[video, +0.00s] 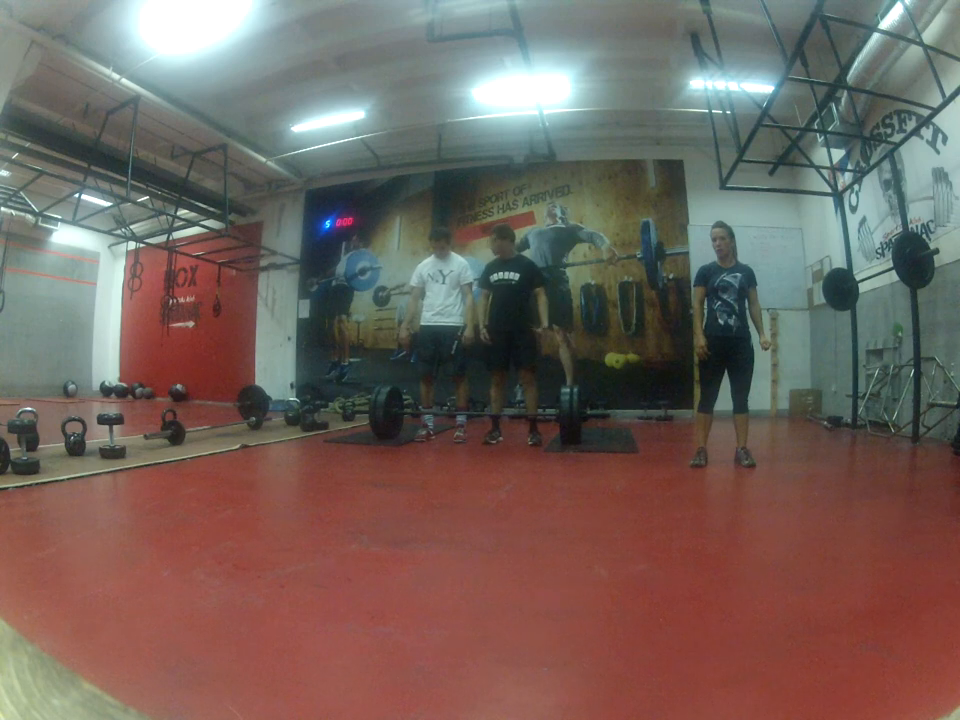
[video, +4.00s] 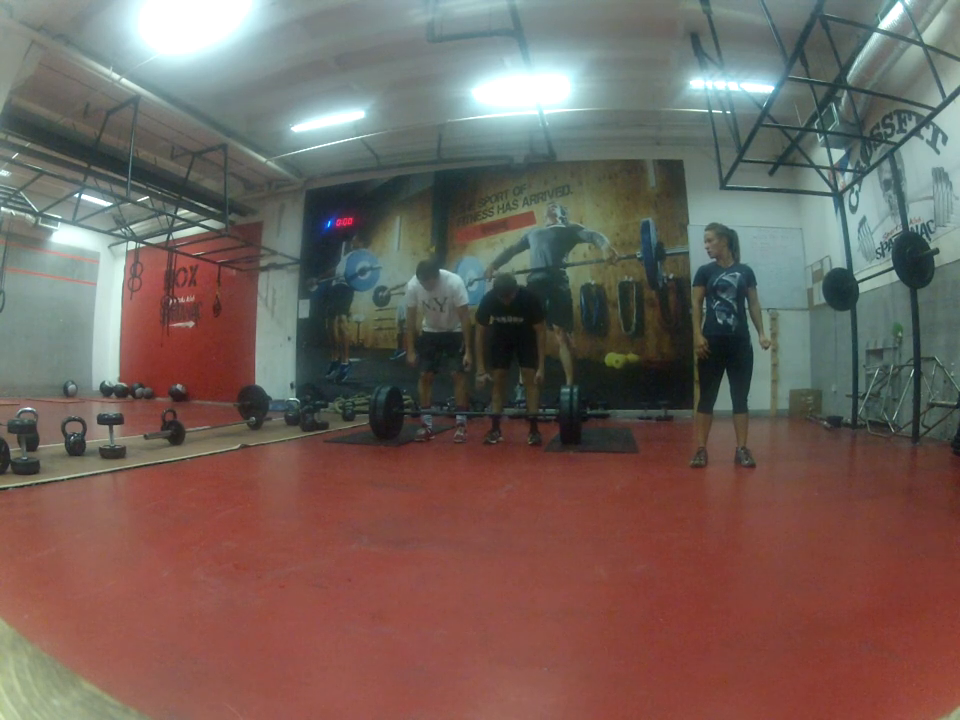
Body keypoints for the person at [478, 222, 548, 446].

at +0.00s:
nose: (491, 246)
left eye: (494, 242)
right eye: (491, 242)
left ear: (507, 241)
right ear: (497, 242)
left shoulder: (528, 265)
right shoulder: (491, 267)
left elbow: (541, 294)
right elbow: (483, 298)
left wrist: (544, 324)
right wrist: (482, 325)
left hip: (524, 329)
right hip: (497, 330)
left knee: (527, 377)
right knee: (497, 378)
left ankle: (533, 428)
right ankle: (495, 428)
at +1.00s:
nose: (506, 246)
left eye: (510, 242)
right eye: (505, 242)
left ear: (520, 240)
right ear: (503, 241)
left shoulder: (535, 263)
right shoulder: (498, 262)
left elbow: (548, 291)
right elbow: (489, 292)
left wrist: (548, 316)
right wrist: (483, 314)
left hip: (528, 327)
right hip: (503, 327)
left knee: (530, 378)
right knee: (499, 377)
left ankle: (533, 429)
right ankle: (495, 428)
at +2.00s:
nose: (505, 250)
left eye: (508, 246)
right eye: (501, 247)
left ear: (514, 243)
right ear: (495, 246)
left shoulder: (528, 264)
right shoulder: (489, 267)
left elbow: (541, 292)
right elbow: (482, 299)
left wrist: (540, 321)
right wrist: (481, 327)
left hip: (525, 329)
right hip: (499, 329)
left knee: (528, 378)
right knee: (499, 378)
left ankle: (533, 428)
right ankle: (495, 428)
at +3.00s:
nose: (507, 263)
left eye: (510, 259)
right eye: (503, 259)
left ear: (517, 254)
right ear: (497, 256)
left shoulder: (530, 272)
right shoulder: (492, 272)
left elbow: (542, 304)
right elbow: (482, 306)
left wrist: (542, 337)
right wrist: (482, 341)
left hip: (527, 333)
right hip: (502, 334)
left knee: (530, 378)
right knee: (500, 379)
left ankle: (533, 429)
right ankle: (495, 428)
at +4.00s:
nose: (506, 300)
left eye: (508, 296)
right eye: (502, 296)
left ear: (515, 291)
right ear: (496, 292)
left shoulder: (530, 299)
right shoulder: (489, 300)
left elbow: (540, 330)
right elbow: (480, 332)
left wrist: (541, 367)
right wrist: (480, 369)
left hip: (526, 341)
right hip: (501, 341)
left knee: (530, 378)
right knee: (498, 378)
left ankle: (534, 429)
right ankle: (495, 428)